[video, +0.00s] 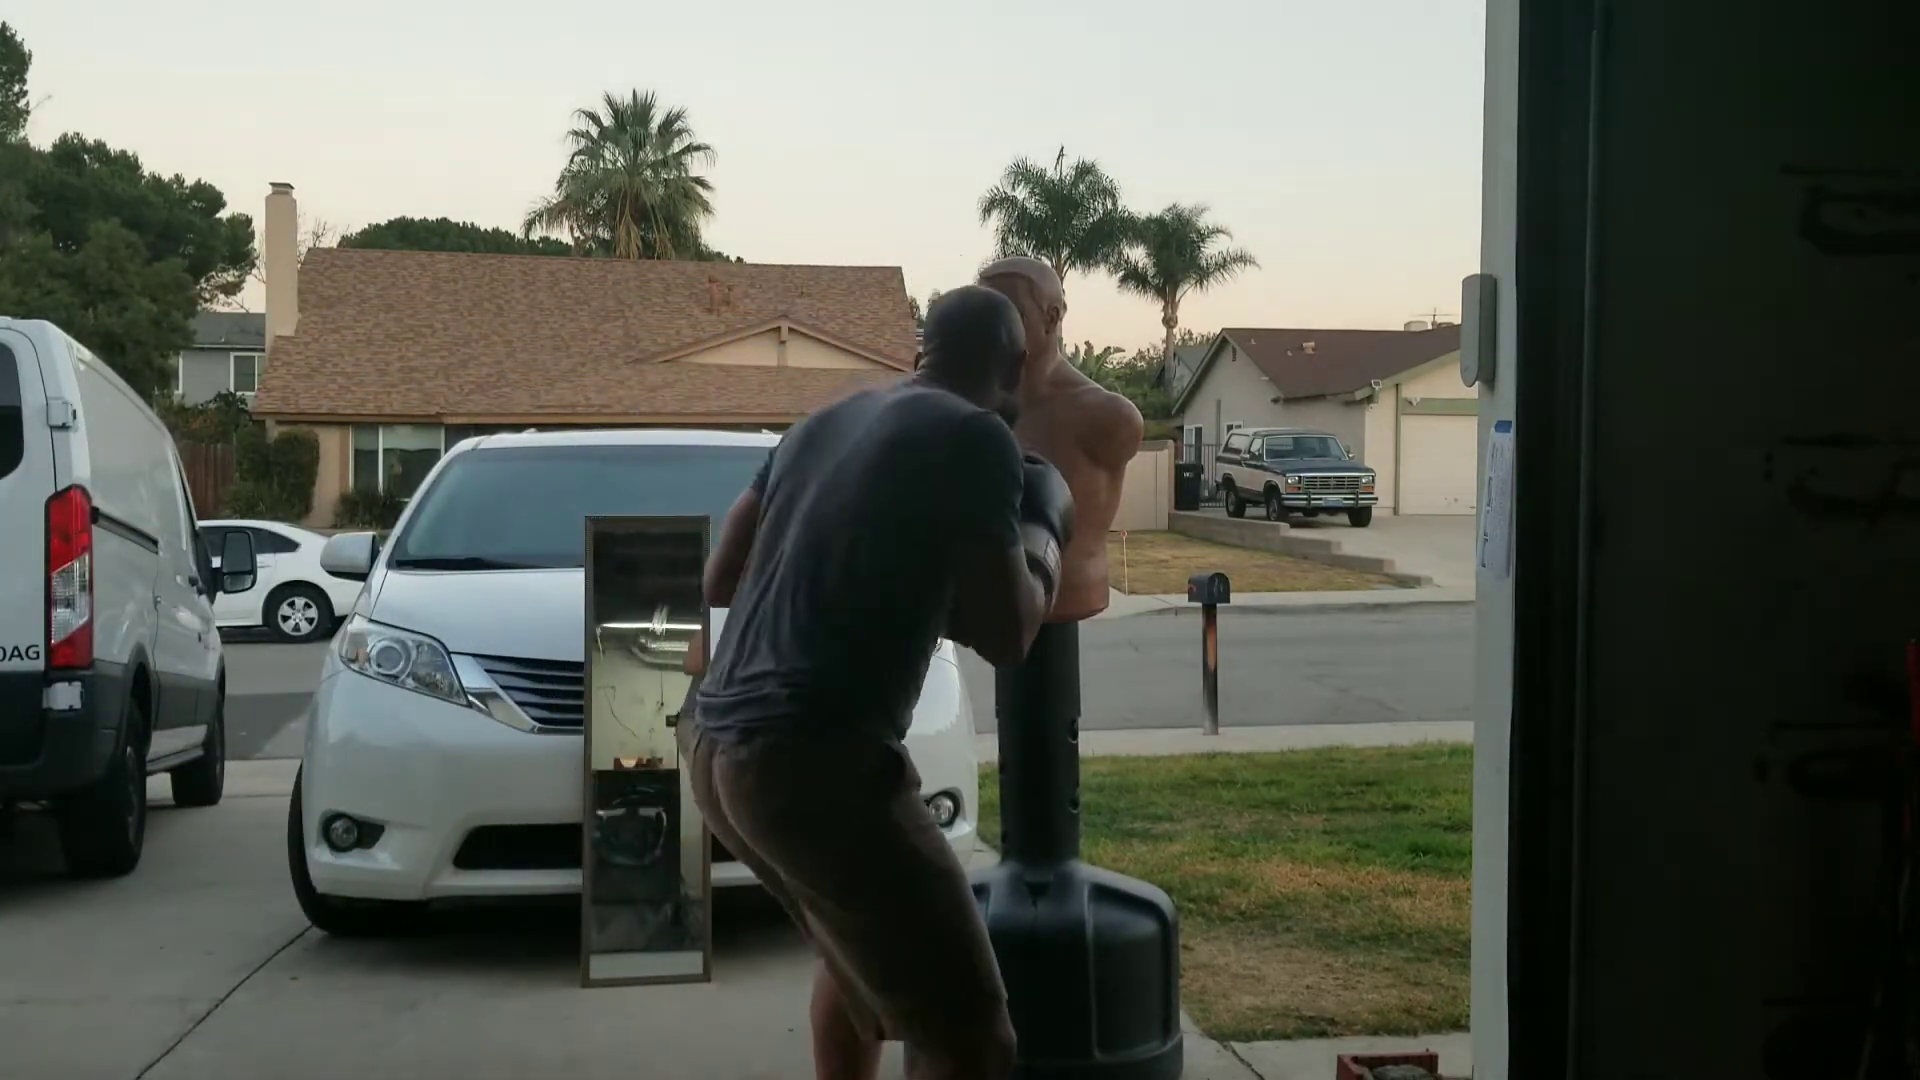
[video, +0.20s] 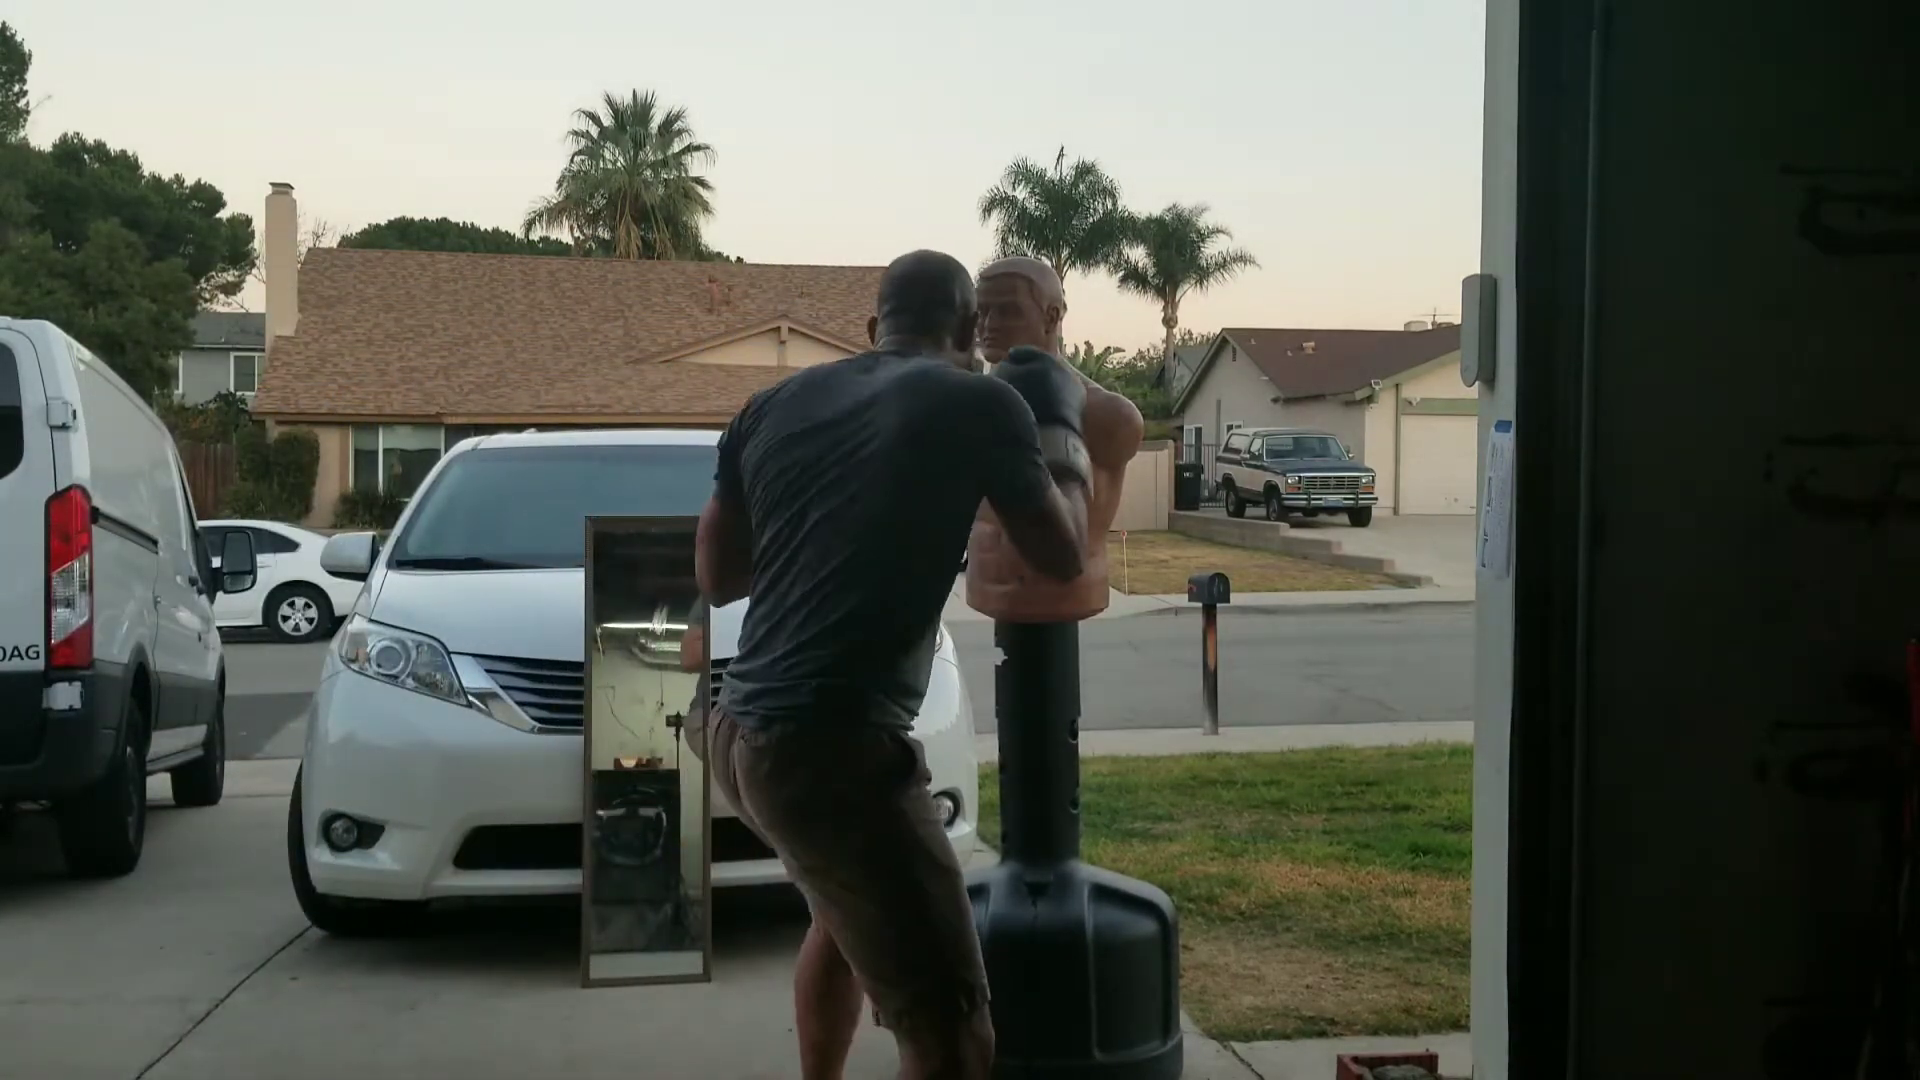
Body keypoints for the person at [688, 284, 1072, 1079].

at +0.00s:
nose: (1022, 396)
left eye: (1023, 374)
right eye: (1024, 374)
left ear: (921, 354)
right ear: (1009, 369)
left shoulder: (821, 422)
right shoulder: (975, 437)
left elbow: (721, 582)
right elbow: (1006, 637)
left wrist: (856, 560)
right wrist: (1039, 524)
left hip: (718, 757)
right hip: (821, 764)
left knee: (854, 965)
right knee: (969, 1034)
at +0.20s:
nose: (983, 337)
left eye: (983, 322)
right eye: (980, 323)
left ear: (875, 328)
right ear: (966, 328)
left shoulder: (772, 404)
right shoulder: (976, 401)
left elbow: (717, 575)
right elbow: (1061, 553)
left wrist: (826, 525)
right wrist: (1063, 435)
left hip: (737, 740)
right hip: (837, 750)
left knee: (844, 908)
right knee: (947, 1030)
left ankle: (821, 1074)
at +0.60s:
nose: (938, 383)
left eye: (936, 369)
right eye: (937, 368)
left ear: (848, 356)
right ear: (920, 365)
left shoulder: (771, 419)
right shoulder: (892, 436)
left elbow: (722, 501)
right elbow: (963, 593)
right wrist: (990, 473)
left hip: (744, 715)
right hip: (772, 732)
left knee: (870, 853)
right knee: (863, 995)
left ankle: (768, 1053)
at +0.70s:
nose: (930, 401)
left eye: (930, 386)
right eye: (928, 385)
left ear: (852, 378)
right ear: (906, 390)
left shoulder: (818, 438)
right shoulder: (826, 455)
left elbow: (846, 569)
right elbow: (837, 598)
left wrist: (910, 554)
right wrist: (921, 576)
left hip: (734, 724)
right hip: (754, 732)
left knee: (793, 935)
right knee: (853, 980)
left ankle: (749, 1060)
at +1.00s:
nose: (868, 443)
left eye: (869, 433)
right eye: (866, 432)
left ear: (781, 426)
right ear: (848, 427)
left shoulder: (688, 490)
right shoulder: (863, 483)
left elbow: (638, 633)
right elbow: (985, 574)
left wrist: (717, 588)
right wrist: (996, 526)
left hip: (655, 737)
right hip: (735, 743)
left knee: (791, 842)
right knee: (721, 1000)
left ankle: (744, 1053)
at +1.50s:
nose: (639, 418)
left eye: (646, 402)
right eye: (634, 398)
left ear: (623, 407)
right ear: (596, 390)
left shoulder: (607, 483)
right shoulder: (491, 457)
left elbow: (681, 557)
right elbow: (564, 567)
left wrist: (724, 455)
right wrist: (636, 458)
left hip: (548, 727)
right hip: (446, 729)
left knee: (666, 854)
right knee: (378, 968)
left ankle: (734, 1056)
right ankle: (227, 1074)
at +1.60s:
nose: (535, 410)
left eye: (543, 397)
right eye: (534, 392)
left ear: (518, 391)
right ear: (501, 380)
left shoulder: (499, 456)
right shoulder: (387, 442)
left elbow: (585, 547)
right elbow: (476, 555)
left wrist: (600, 419)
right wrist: (542, 447)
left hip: (473, 722)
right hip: (372, 731)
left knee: (574, 881)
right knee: (332, 964)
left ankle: (681, 1047)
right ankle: (222, 1073)